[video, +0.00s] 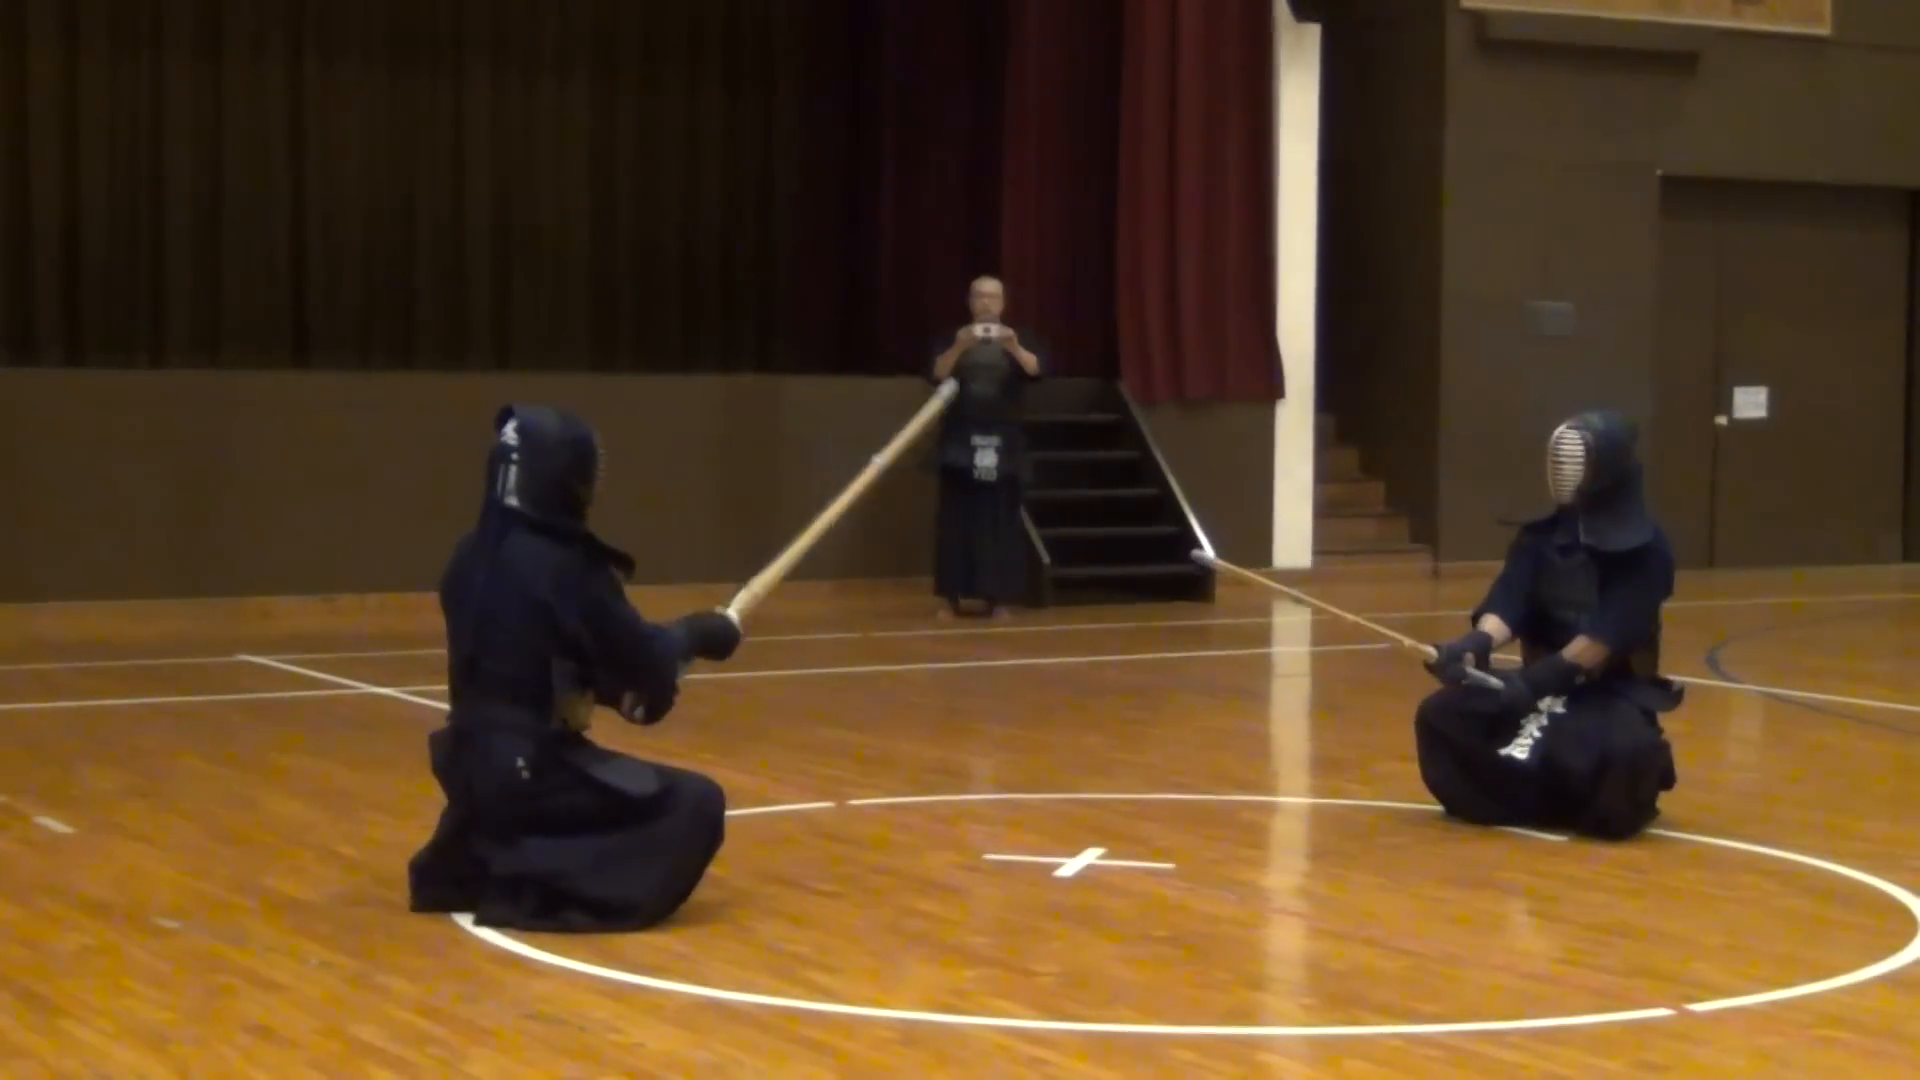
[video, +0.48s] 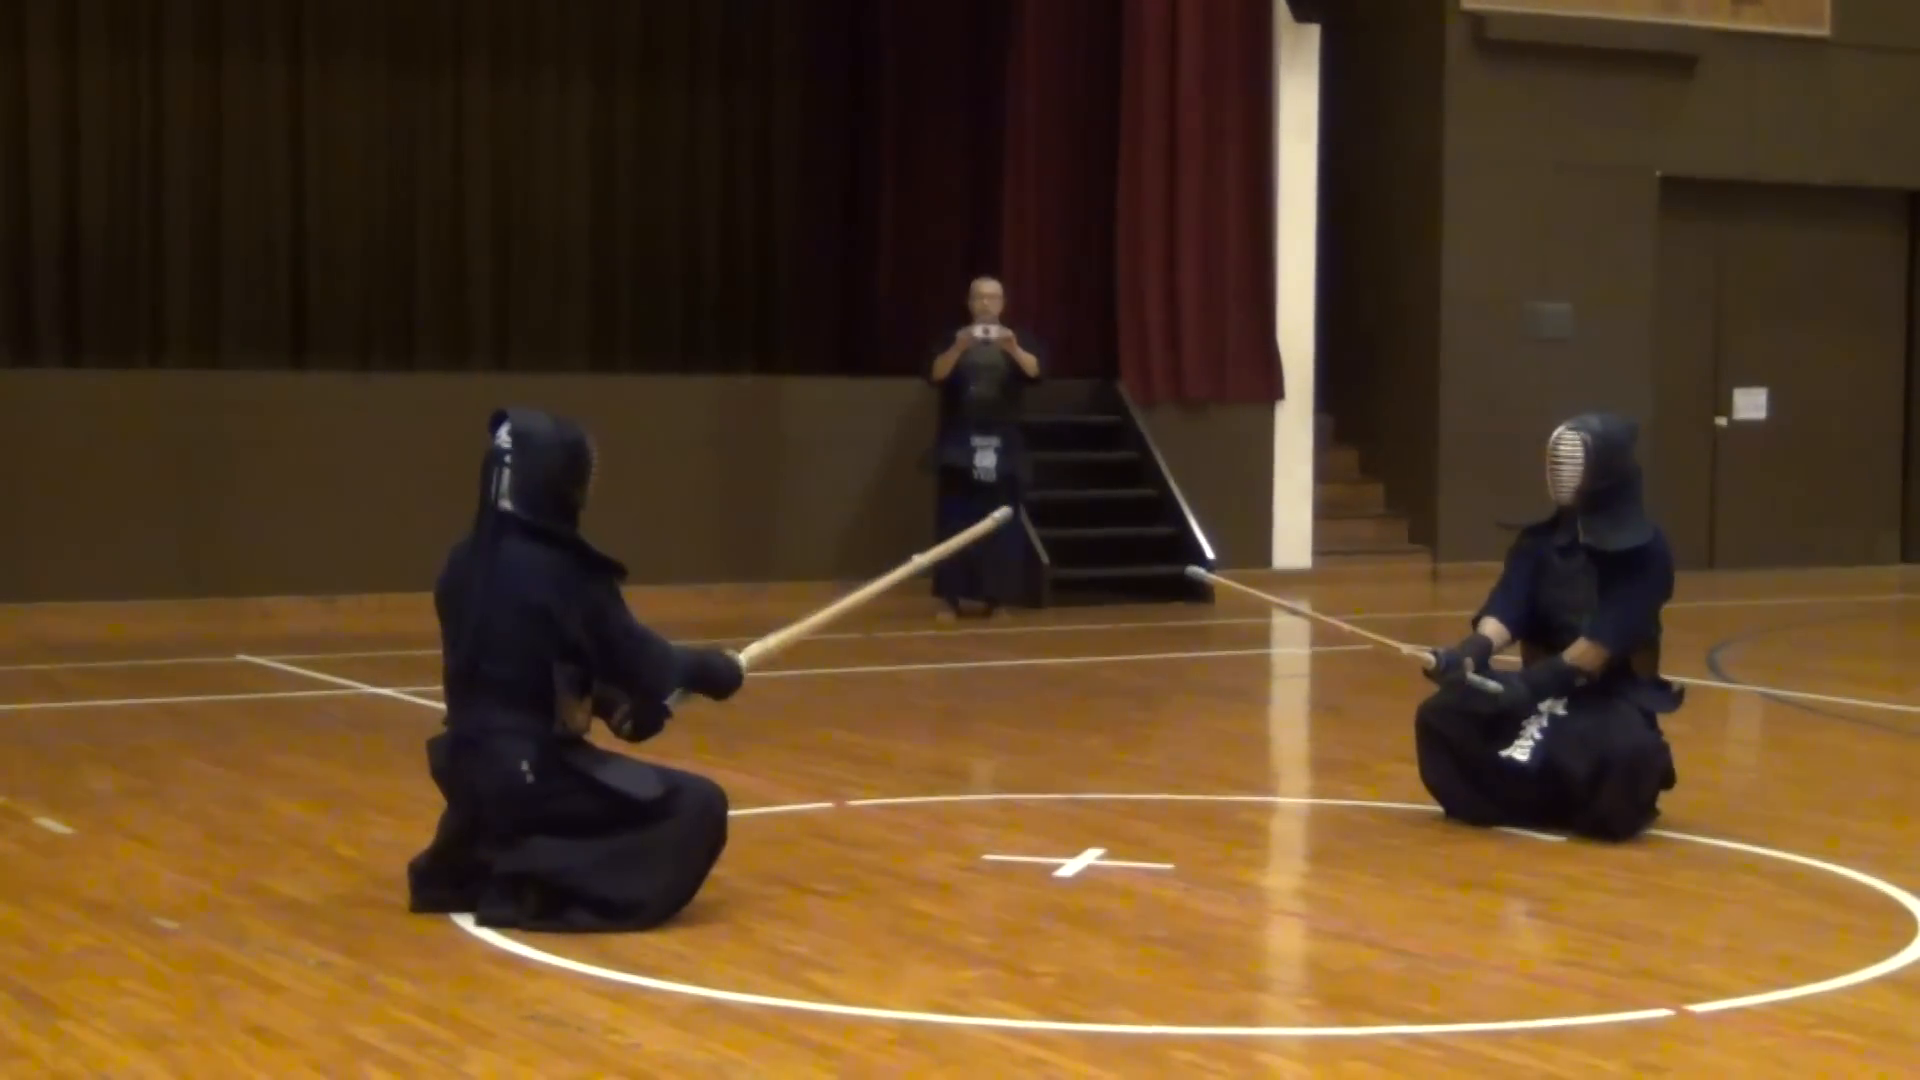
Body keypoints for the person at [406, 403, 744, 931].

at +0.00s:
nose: (591, 488)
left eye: (589, 474)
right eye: (585, 475)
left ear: (507, 472)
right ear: (564, 482)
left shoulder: (470, 556)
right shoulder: (568, 566)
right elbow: (636, 660)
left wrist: (618, 682)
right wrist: (694, 635)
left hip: (464, 759)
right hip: (531, 774)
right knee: (693, 804)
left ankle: (461, 865)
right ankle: (538, 884)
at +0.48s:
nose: (583, 493)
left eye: (580, 479)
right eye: (576, 480)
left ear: (499, 479)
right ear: (557, 486)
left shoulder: (465, 561)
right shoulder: (566, 573)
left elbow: (531, 653)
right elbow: (636, 659)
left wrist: (607, 692)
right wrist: (700, 668)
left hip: (462, 764)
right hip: (531, 776)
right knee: (696, 807)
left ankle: (451, 869)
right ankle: (542, 884)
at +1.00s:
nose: (586, 493)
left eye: (584, 478)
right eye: (580, 479)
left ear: (501, 478)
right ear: (560, 486)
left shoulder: (469, 559)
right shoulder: (570, 572)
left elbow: (532, 657)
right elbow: (638, 659)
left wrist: (612, 700)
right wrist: (711, 682)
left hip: (462, 762)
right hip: (532, 776)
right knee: (697, 805)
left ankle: (461, 864)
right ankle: (538, 882)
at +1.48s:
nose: (589, 492)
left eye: (588, 478)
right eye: (583, 478)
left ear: (506, 477)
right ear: (562, 485)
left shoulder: (470, 558)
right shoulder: (574, 572)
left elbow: (526, 657)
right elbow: (637, 658)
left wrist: (606, 699)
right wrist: (705, 679)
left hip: (461, 764)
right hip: (532, 777)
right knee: (695, 804)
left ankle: (451, 869)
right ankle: (539, 885)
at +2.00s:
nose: (597, 332)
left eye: (595, 318)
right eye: (589, 320)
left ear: (514, 322)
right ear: (563, 327)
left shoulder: (472, 401)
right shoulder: (569, 411)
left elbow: (544, 495)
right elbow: (641, 491)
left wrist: (611, 540)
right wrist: (718, 525)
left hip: (461, 609)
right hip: (527, 614)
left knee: (473, 739)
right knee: (631, 737)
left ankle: (462, 878)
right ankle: (591, 877)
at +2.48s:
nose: (582, 259)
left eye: (580, 244)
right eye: (574, 245)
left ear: (503, 242)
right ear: (546, 247)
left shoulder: (459, 317)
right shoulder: (556, 323)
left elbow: (497, 425)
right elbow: (619, 417)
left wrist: (578, 468)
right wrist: (690, 455)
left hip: (456, 533)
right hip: (522, 538)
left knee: (461, 693)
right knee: (569, 699)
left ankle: (444, 870)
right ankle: (529, 873)